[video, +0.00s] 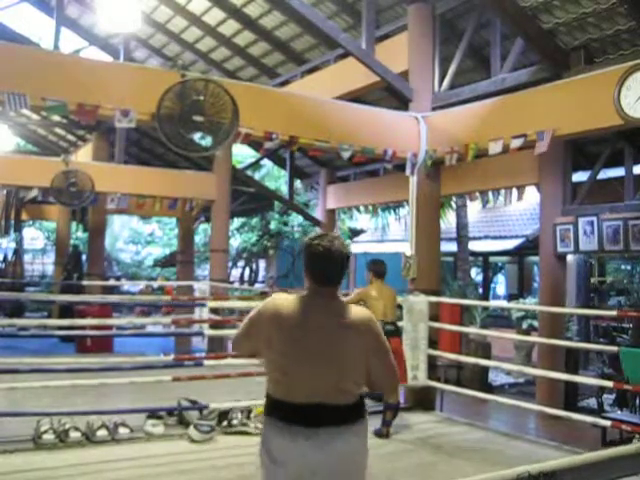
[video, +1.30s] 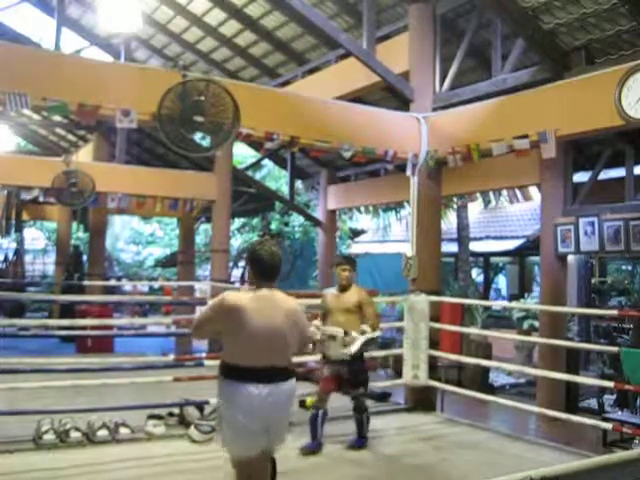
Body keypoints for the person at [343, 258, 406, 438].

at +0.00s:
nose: (367, 275)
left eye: (368, 273)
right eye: (368, 273)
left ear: (371, 274)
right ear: (384, 274)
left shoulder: (366, 291)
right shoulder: (391, 292)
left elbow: (345, 302)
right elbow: (394, 310)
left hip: (376, 328)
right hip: (393, 327)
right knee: (394, 371)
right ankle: (386, 426)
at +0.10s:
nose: (367, 274)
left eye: (368, 270)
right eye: (368, 270)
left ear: (373, 272)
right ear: (385, 272)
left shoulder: (366, 293)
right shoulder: (393, 292)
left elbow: (358, 315)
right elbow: (398, 312)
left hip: (376, 331)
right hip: (393, 330)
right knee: (392, 381)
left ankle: (385, 424)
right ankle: (386, 426)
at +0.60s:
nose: (359, 275)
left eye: (362, 271)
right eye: (360, 271)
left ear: (370, 273)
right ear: (374, 273)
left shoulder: (368, 293)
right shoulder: (381, 292)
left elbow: (370, 317)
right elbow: (387, 316)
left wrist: (359, 330)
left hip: (368, 337)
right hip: (382, 336)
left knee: (356, 385)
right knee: (382, 384)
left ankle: (361, 434)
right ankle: (383, 427)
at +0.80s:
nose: (353, 275)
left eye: (358, 271)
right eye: (352, 271)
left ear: (367, 274)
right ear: (353, 272)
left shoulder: (370, 294)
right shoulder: (358, 294)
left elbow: (373, 323)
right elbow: (358, 319)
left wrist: (355, 332)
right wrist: (344, 321)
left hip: (367, 343)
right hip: (359, 342)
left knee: (359, 389)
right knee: (364, 388)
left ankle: (362, 434)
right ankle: (376, 426)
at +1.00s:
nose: (353, 275)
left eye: (357, 271)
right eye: (351, 270)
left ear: (365, 274)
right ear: (349, 271)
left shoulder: (369, 293)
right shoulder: (350, 292)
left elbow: (374, 320)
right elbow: (349, 316)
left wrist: (363, 331)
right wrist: (339, 326)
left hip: (362, 343)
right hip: (348, 342)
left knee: (359, 390)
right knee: (344, 390)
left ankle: (362, 433)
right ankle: (355, 425)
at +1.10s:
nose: (352, 275)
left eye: (356, 271)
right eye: (350, 270)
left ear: (363, 273)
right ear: (348, 272)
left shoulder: (369, 293)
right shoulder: (344, 294)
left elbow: (374, 319)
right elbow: (345, 319)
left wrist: (365, 335)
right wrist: (336, 329)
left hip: (361, 345)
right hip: (343, 345)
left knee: (360, 392)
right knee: (333, 392)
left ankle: (362, 435)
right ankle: (339, 431)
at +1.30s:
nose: (344, 275)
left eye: (348, 271)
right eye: (341, 271)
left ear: (354, 273)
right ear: (335, 273)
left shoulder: (361, 296)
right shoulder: (328, 296)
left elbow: (372, 323)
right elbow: (322, 321)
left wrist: (357, 336)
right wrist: (319, 330)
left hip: (353, 353)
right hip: (331, 353)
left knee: (357, 396)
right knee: (321, 395)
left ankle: (361, 436)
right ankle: (316, 439)